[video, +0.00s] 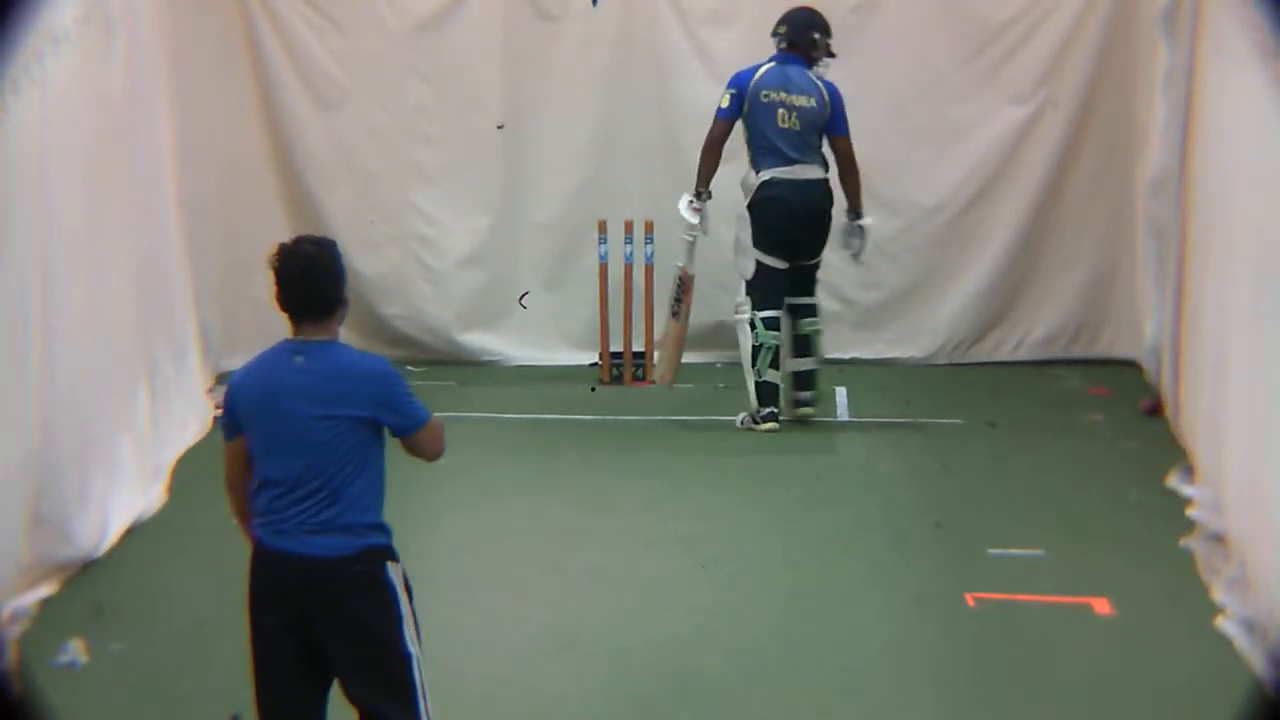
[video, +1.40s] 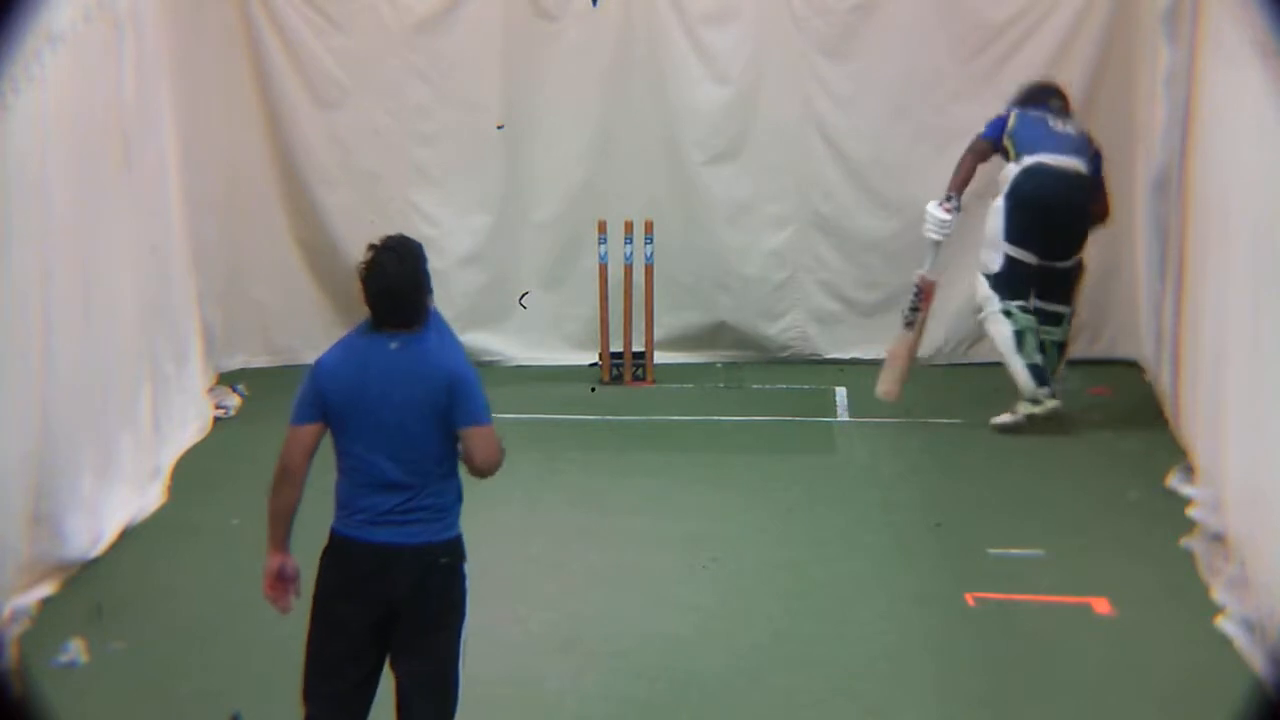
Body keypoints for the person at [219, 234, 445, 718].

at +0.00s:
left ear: (279, 301)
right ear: (344, 296)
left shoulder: (248, 380)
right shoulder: (370, 374)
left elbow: (237, 482)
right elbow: (431, 445)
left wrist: (261, 539)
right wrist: (391, 402)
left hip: (276, 574)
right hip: (357, 575)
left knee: (285, 709)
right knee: (395, 707)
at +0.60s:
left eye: (304, 285)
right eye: (368, 284)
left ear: (308, 297)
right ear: (369, 291)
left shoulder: (275, 375)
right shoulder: (401, 362)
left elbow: (250, 476)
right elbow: (449, 423)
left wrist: (252, 556)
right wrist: (394, 345)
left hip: (305, 573)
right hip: (384, 574)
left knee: (304, 709)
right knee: (410, 707)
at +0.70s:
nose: (383, 293)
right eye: (381, 288)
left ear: (317, 298)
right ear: (378, 295)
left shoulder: (283, 363)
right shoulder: (405, 354)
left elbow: (250, 460)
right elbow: (450, 409)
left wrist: (254, 539)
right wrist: (397, 335)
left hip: (313, 571)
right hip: (392, 571)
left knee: (308, 708)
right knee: (414, 707)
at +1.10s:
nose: (337, 276)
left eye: (339, 273)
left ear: (343, 291)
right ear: (402, 287)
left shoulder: (317, 359)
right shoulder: (428, 354)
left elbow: (273, 455)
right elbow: (486, 430)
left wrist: (266, 509)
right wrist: (441, 357)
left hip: (340, 562)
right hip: (417, 561)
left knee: (324, 701)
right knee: (421, 702)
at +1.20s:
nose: (344, 280)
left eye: (346, 276)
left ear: (350, 293)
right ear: (408, 289)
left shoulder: (324, 360)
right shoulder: (433, 355)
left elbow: (281, 457)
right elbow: (488, 441)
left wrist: (269, 531)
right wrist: (468, 401)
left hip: (345, 564)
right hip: (423, 563)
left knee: (325, 704)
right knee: (422, 705)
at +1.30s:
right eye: (417, 281)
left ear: (358, 294)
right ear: (417, 293)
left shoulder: (329, 361)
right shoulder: (439, 357)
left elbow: (286, 457)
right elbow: (485, 447)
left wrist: (274, 540)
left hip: (349, 563)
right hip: (427, 564)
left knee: (328, 704)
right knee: (424, 706)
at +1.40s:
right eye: (425, 281)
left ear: (366, 294)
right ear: (426, 291)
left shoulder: (334, 365)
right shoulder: (448, 362)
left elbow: (292, 466)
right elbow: (483, 459)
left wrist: (279, 548)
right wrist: (458, 430)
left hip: (353, 563)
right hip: (431, 564)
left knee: (331, 704)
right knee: (428, 705)